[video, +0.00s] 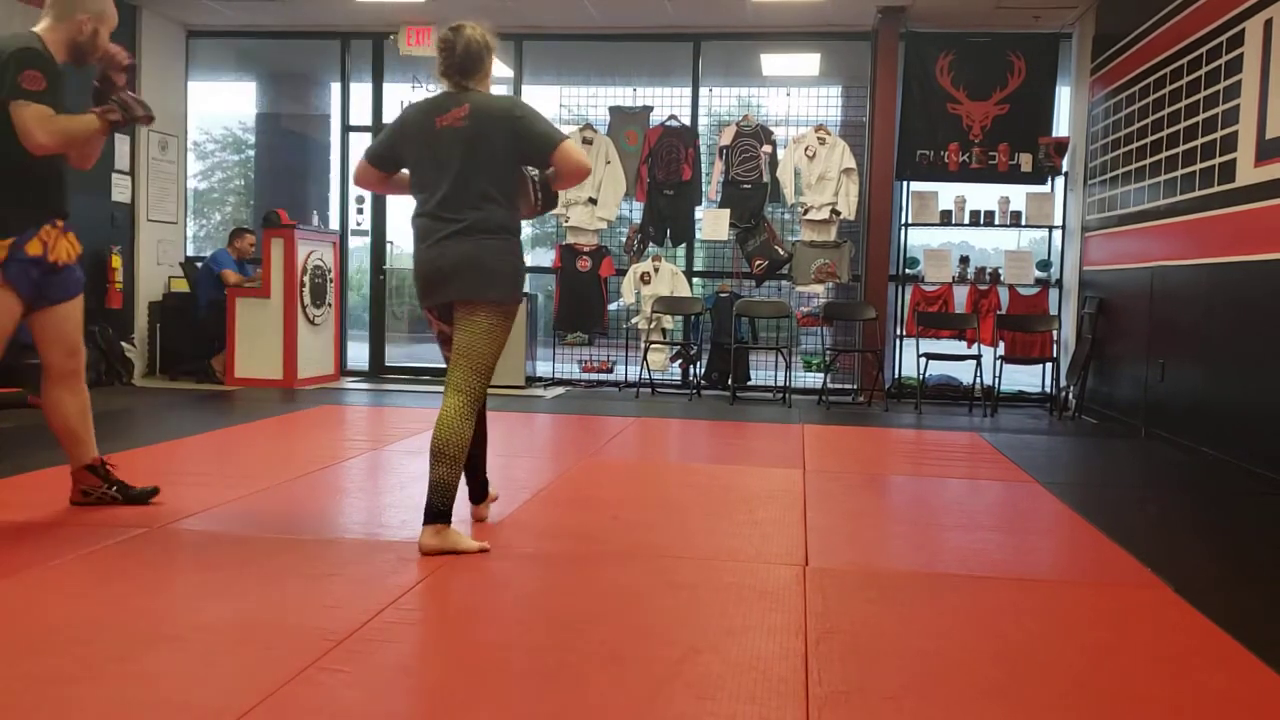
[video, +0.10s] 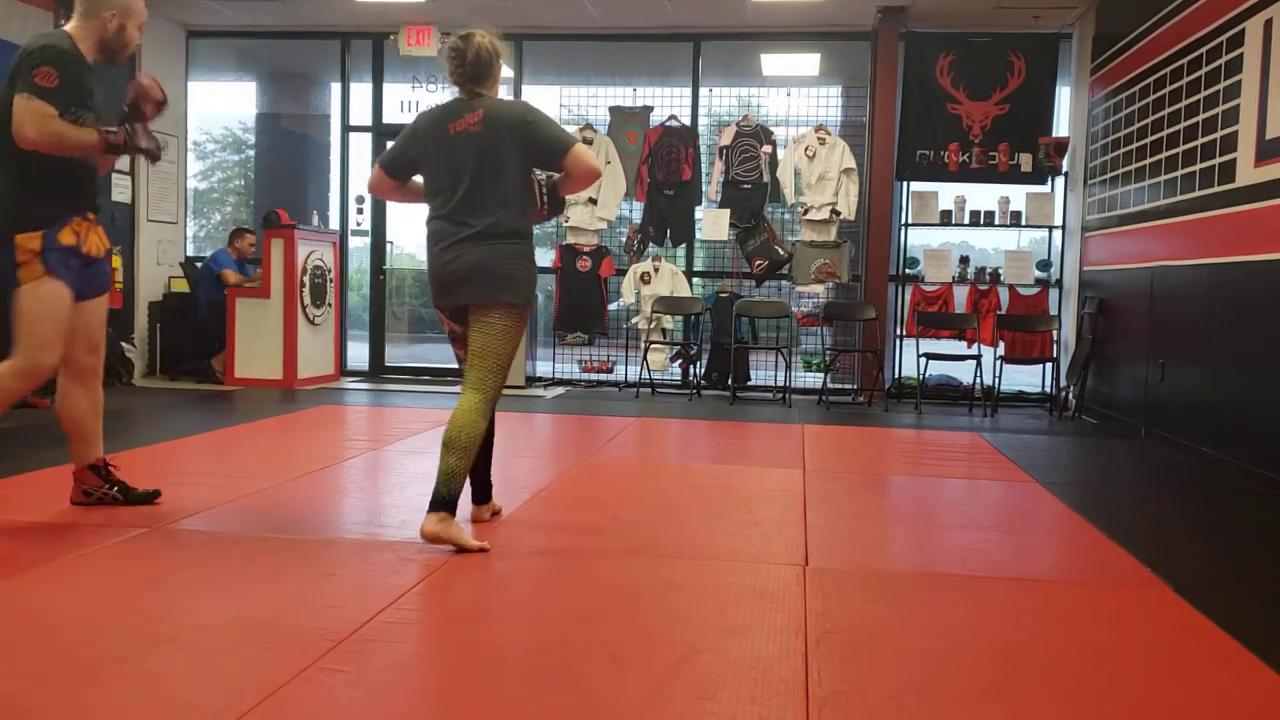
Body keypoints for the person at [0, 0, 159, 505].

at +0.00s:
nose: (108, 43)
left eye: (110, 33)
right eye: (108, 30)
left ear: (74, 19)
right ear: (83, 20)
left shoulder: (55, 71)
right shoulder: (22, 51)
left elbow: (83, 157)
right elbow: (38, 135)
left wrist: (108, 92)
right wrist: (108, 114)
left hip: (54, 238)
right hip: (13, 240)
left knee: (67, 364)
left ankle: (89, 474)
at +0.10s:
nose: (140, 39)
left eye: (142, 29)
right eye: (138, 26)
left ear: (107, 18)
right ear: (111, 18)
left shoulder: (83, 71)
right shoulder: (49, 54)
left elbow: (90, 149)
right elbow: (29, 129)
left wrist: (131, 115)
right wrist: (106, 140)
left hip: (85, 229)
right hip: (40, 230)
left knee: (85, 362)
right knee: (35, 360)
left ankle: (90, 475)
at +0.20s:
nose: (165, 35)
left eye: (167, 24)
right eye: (160, 21)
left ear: (127, 17)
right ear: (124, 13)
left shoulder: (114, 73)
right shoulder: (69, 52)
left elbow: (106, 150)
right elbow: (24, 120)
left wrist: (150, 138)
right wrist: (104, 141)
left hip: (106, 218)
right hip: (70, 218)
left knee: (104, 351)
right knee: (94, 348)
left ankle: (92, 475)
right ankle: (7, 444)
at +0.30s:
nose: (184, 32)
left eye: (186, 21)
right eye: (179, 18)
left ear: (144, 15)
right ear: (141, 9)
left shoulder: (142, 79)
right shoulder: (88, 49)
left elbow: (140, 160)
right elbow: (30, 115)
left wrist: (172, 132)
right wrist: (119, 131)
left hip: (119, 217)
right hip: (91, 216)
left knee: (99, 357)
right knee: (142, 337)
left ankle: (93, 475)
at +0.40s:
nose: (201, 32)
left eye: (203, 22)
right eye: (195, 19)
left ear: (168, 18)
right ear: (158, 12)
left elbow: (162, 171)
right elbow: (51, 130)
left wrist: (193, 146)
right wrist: (127, 137)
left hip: (138, 223)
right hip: (112, 225)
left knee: (103, 361)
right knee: (162, 352)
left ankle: (92, 476)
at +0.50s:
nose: (221, 35)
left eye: (222, 25)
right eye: (215, 23)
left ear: (183, 22)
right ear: (179, 18)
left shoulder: (181, 80)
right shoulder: (127, 68)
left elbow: (172, 154)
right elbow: (84, 145)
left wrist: (213, 171)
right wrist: (155, 161)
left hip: (156, 234)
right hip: (142, 235)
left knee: (121, 362)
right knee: (185, 360)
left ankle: (94, 475)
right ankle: (213, 491)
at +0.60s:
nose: (245, 35)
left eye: (245, 24)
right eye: (241, 22)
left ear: (208, 21)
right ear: (209, 19)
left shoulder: (185, 75)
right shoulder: (159, 71)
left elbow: (168, 156)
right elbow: (136, 155)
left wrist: (226, 165)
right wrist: (218, 166)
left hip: (173, 234)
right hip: (173, 236)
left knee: (156, 363)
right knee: (204, 364)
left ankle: (101, 468)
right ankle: (220, 494)